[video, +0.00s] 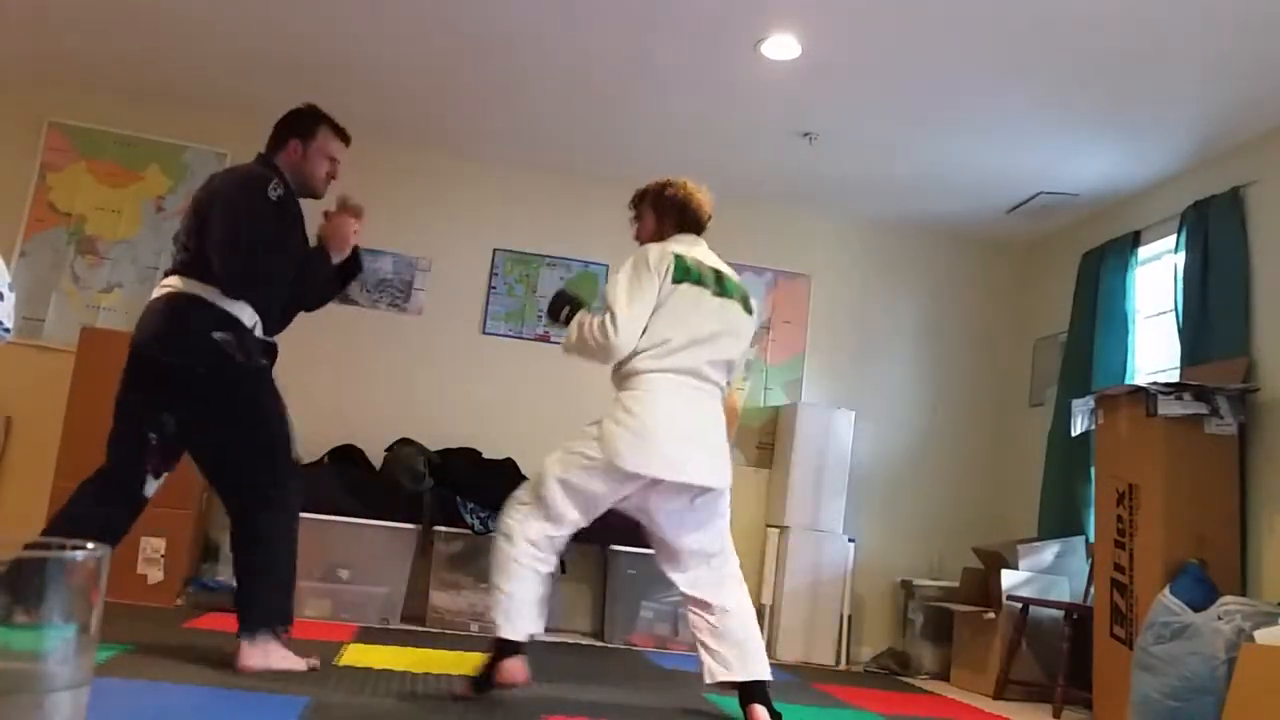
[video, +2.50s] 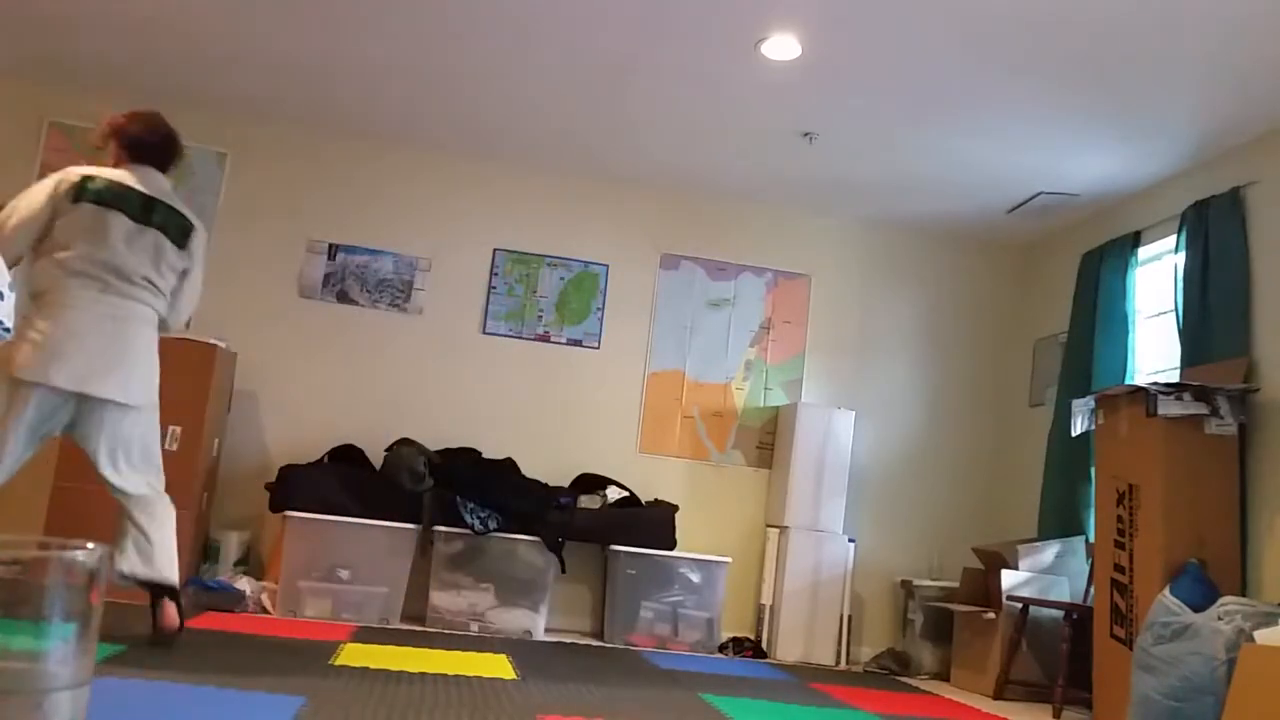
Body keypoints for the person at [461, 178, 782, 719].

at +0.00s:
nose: (635, 229)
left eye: (639, 218)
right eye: (635, 219)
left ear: (664, 217)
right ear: (694, 222)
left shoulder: (653, 258)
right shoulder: (738, 291)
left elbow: (615, 338)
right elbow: (730, 373)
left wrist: (571, 317)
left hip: (639, 430)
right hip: (705, 445)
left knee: (531, 514)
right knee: (715, 573)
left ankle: (508, 652)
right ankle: (758, 704)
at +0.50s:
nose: (448, 210)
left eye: (450, 201)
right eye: (449, 202)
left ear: (459, 203)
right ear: (515, 203)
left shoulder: (439, 261)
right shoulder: (557, 258)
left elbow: (398, 345)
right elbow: (603, 330)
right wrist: (550, 366)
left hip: (480, 421)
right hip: (560, 424)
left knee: (391, 532)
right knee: (603, 541)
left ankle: (353, 659)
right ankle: (649, 643)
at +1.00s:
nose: (425, 178)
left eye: (429, 169)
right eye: (428, 168)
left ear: (441, 171)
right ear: (489, 180)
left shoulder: (408, 215)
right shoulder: (515, 252)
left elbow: (330, 287)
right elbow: (514, 348)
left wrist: (316, 257)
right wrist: (458, 341)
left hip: (379, 396)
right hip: (459, 410)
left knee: (303, 520)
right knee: (489, 537)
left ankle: (260, 656)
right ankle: (534, 670)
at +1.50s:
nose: (250, 166)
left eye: (258, 157)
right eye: (254, 155)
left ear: (277, 167)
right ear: (307, 177)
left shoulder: (282, 212)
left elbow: (233, 277)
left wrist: (196, 245)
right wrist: (122, 271)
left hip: (236, 388)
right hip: (282, 397)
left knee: (123, 499)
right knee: (258, 529)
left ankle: (136, 633)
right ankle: (354, 626)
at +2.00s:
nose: (156, 153)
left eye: (160, 145)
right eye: (161, 144)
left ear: (169, 153)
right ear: (219, 168)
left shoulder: (132, 198)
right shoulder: (237, 238)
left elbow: (42, 232)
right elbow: (242, 328)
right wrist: (193, 354)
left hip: (128, 373)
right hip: (204, 388)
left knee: (17, 471)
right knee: (211, 508)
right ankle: (248, 629)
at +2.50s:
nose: (102, 151)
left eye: (107, 144)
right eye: (106, 142)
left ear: (117, 150)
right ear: (167, 164)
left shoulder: (72, 182)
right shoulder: (190, 226)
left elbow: (8, 237)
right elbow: (176, 314)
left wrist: (32, 281)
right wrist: (128, 314)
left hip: (50, 347)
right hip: (129, 366)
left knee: (0, 460)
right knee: (143, 485)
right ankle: (164, 592)